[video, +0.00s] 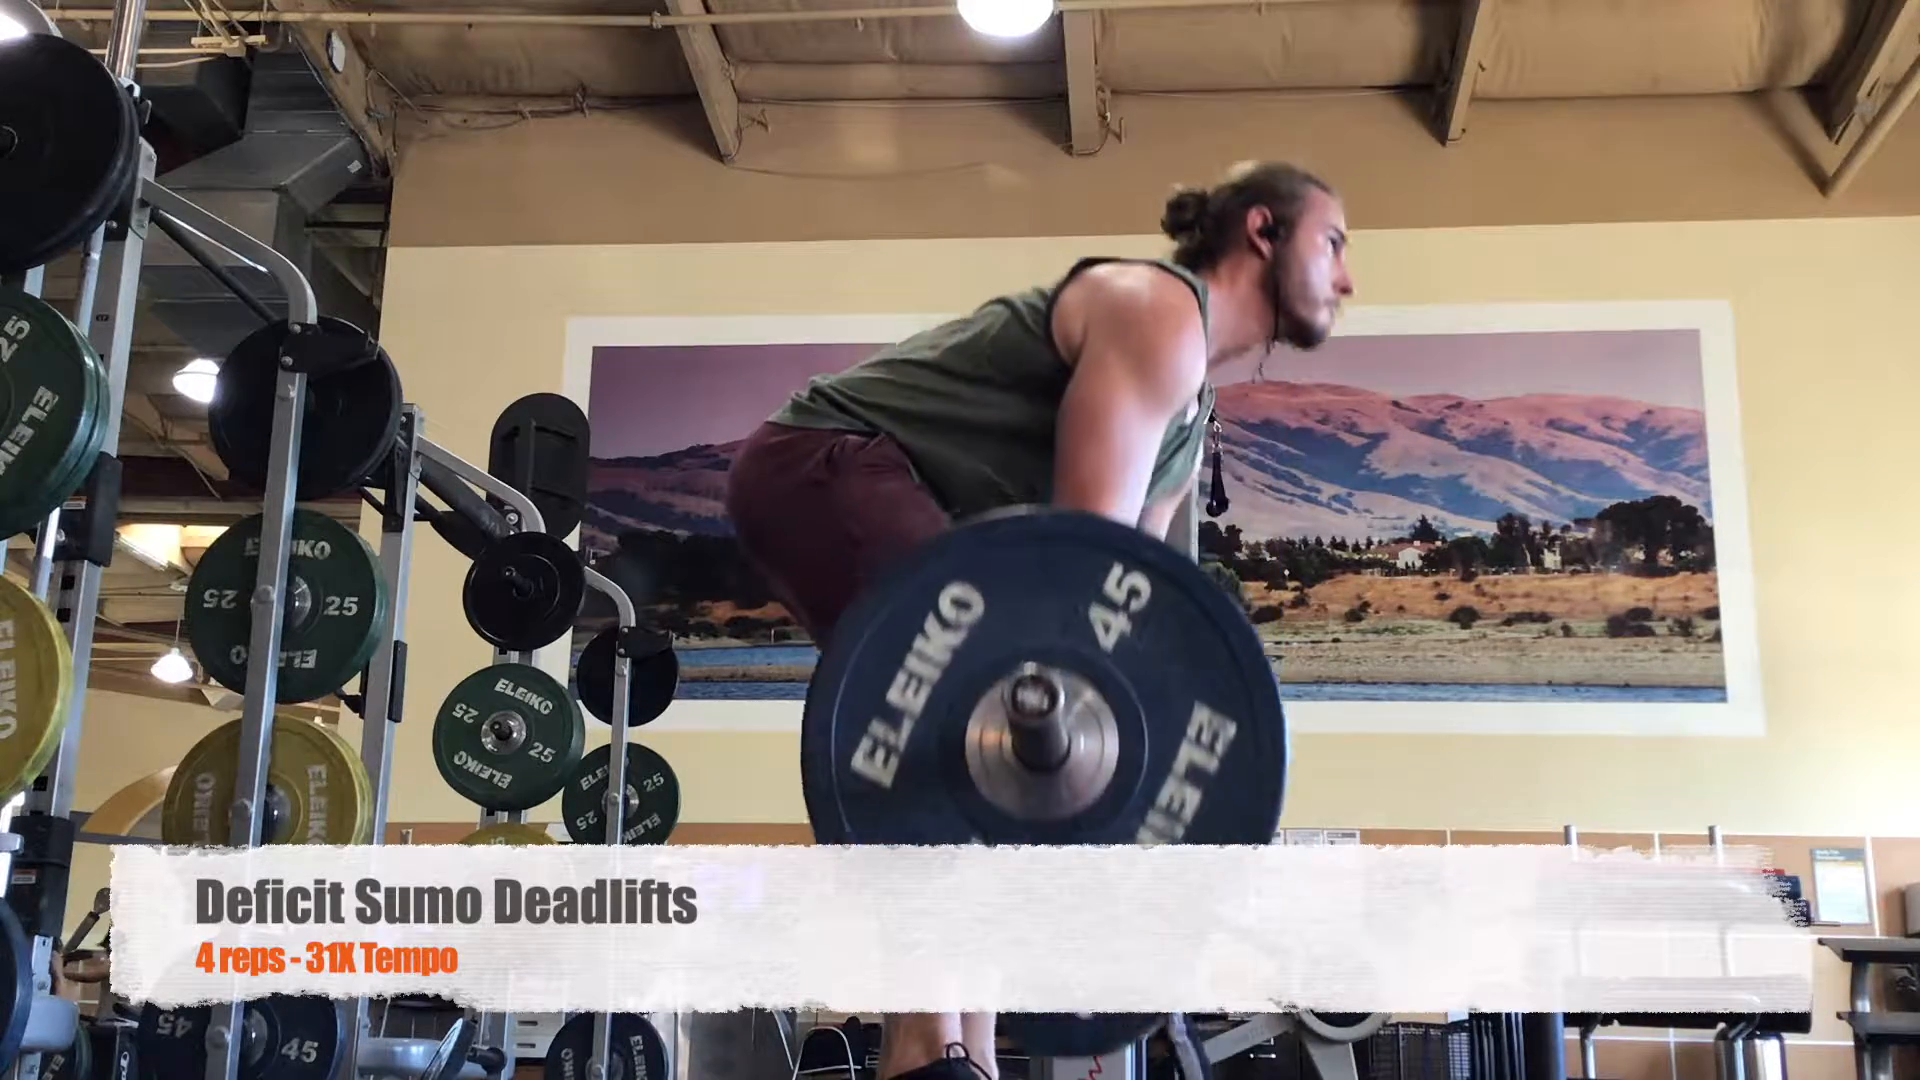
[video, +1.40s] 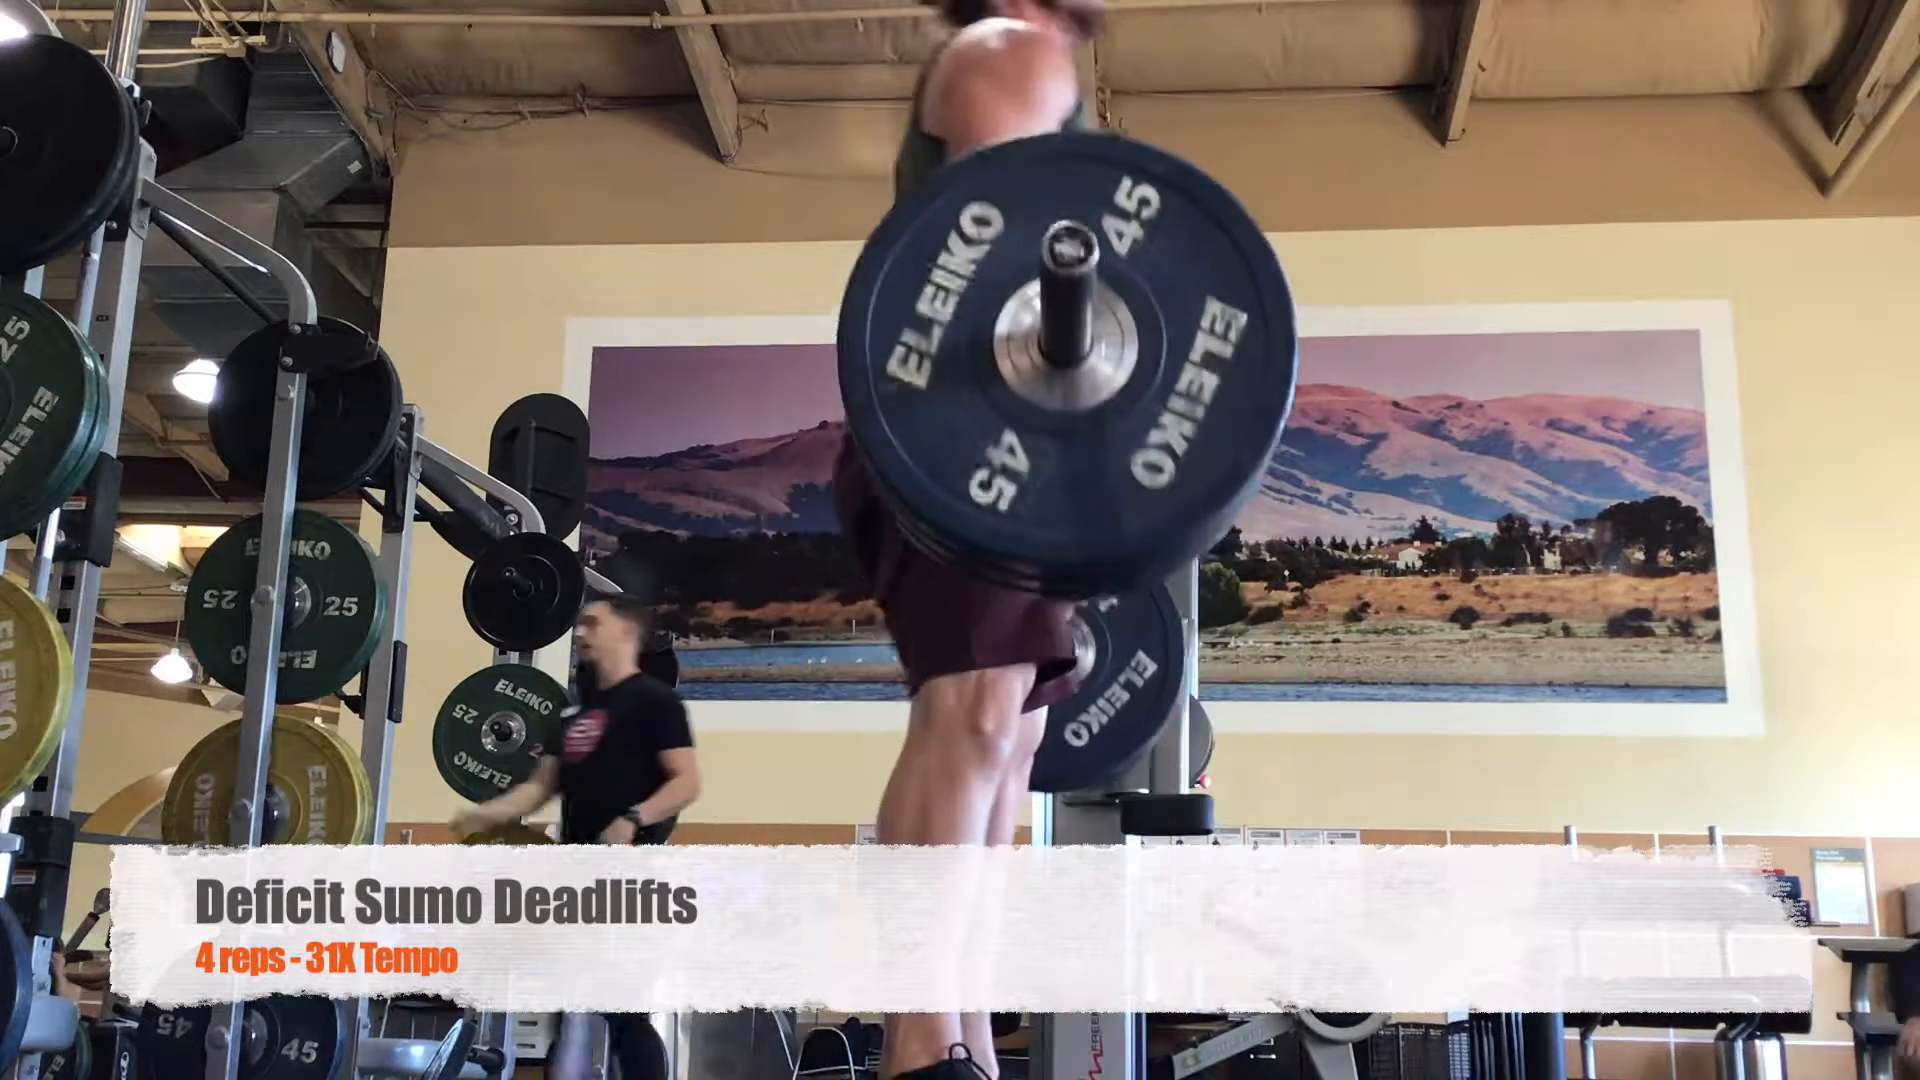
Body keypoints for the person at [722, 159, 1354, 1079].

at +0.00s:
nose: (1347, 278)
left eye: (1347, 251)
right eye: (1333, 244)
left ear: (1263, 242)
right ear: (1261, 235)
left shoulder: (1185, 427)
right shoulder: (1154, 314)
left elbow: (1135, 582)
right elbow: (1084, 552)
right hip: (827, 457)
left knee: (996, 746)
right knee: (954, 726)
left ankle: (970, 1043)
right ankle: (923, 1043)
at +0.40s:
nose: (1379, 439)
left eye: (1382, 417)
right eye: (1367, 406)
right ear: (1293, 387)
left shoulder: (1188, 579)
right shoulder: (1166, 457)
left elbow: (1133, 739)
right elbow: (1080, 699)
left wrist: (1134, 894)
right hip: (809, 542)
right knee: (1039, 696)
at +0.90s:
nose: (1387, 342)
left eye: (1390, 320)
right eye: (1375, 308)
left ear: (1304, 294)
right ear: (1301, 286)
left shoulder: (1199, 467)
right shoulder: (1176, 354)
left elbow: (1141, 630)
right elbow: (1082, 582)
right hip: (840, 458)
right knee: (978, 727)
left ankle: (933, 1032)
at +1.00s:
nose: (1361, 258)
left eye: (1364, 235)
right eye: (1350, 225)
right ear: (1274, 206)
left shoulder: (1189, 395)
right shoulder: (1165, 286)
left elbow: (1145, 543)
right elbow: (1089, 502)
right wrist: (1091, 661)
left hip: (911, 466)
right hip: (840, 434)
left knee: (981, 728)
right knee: (945, 713)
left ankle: (965, 1037)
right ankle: (922, 1039)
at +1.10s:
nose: (1313, 149)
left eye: (1312, 133)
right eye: (1295, 125)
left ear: (1229, 134)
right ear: (1224, 123)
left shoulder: (1173, 311)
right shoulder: (1142, 208)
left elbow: (1177, 454)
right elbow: (1085, 397)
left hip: (910, 446)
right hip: (849, 422)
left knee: (974, 728)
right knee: (941, 713)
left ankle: (956, 1038)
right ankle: (922, 1040)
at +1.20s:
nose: (1246, 57)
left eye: (1237, 35)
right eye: (1224, 31)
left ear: (1162, 60)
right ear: (1161, 54)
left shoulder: (1136, 168)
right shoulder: (1114, 133)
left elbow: (1080, 349)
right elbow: (1060, 311)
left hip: (934, 429)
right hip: (858, 413)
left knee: (978, 722)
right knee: (921, 705)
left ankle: (959, 1031)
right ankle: (912, 1039)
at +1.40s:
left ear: (1010, 4)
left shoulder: (1041, 73)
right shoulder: (1012, 55)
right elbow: (1005, 274)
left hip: (1010, 439)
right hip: (956, 432)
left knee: (1014, 723)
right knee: (970, 709)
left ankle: (963, 1025)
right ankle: (917, 1040)